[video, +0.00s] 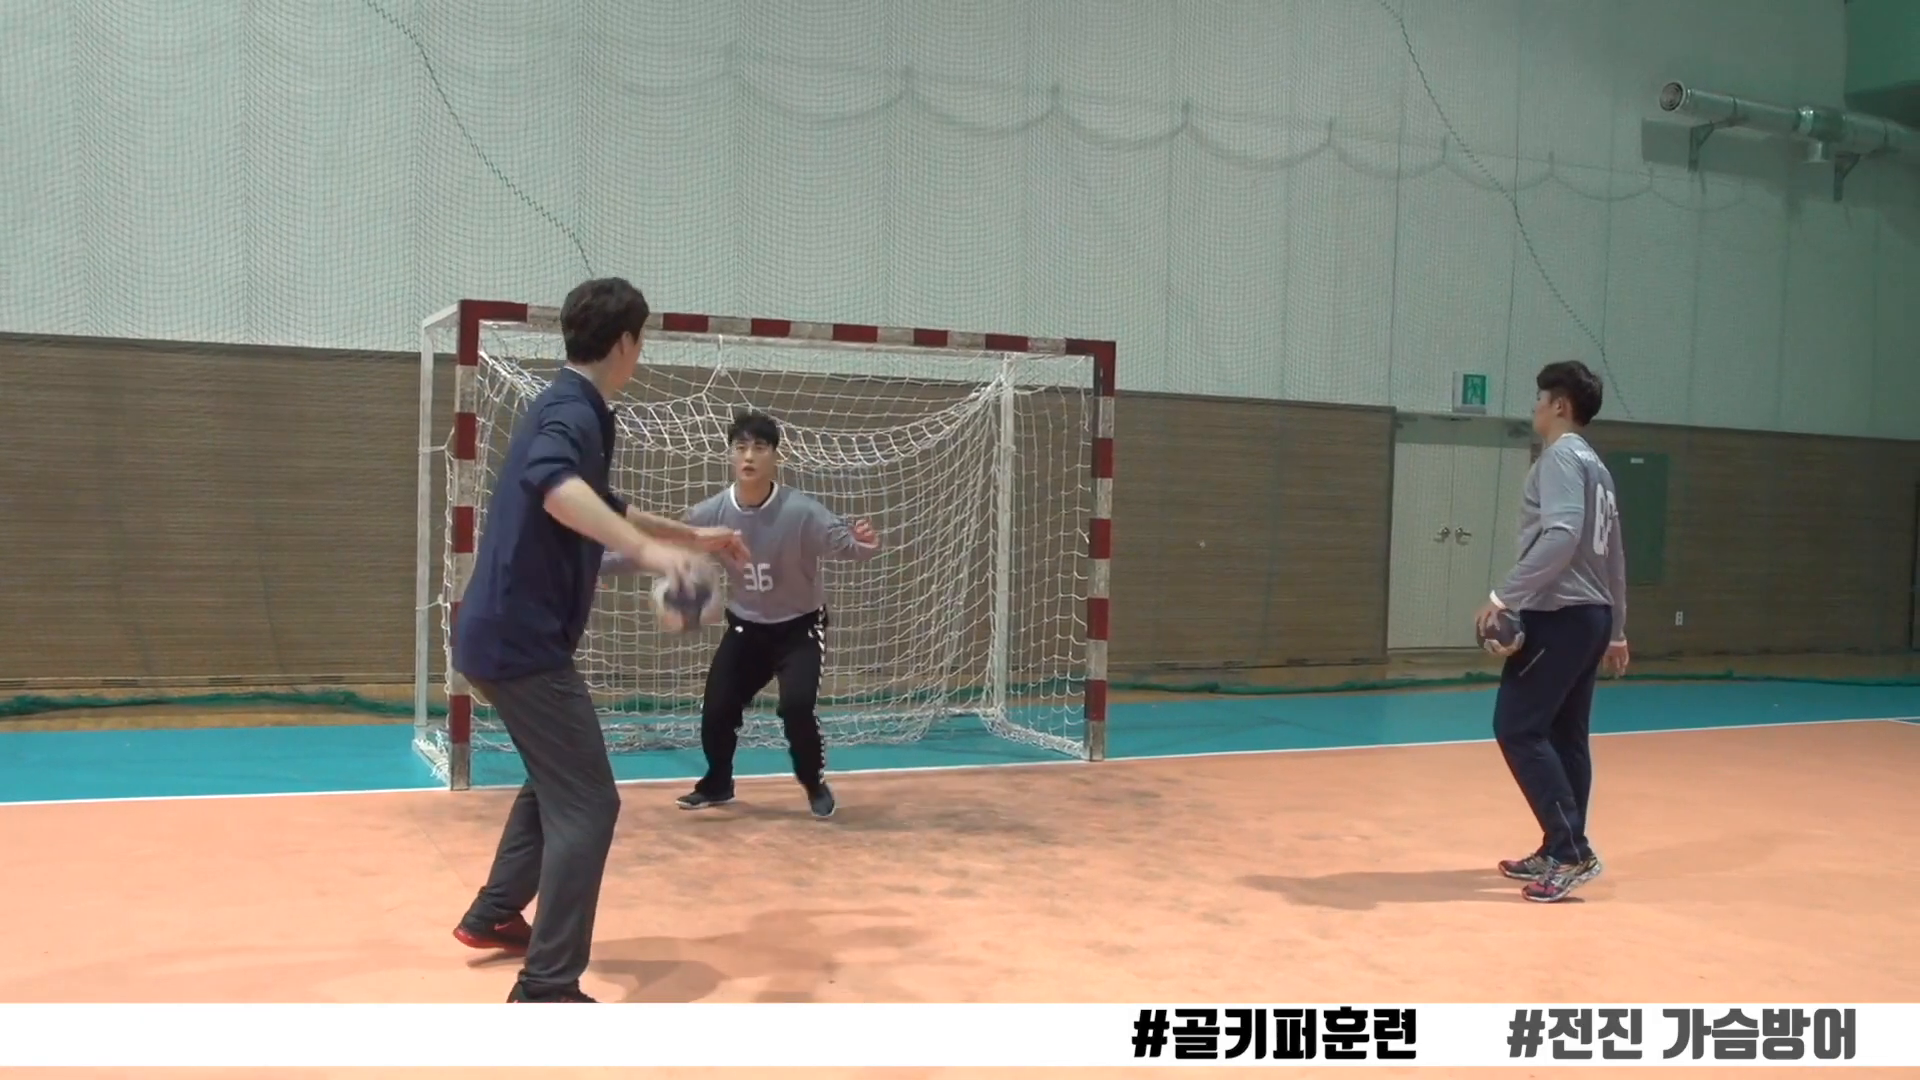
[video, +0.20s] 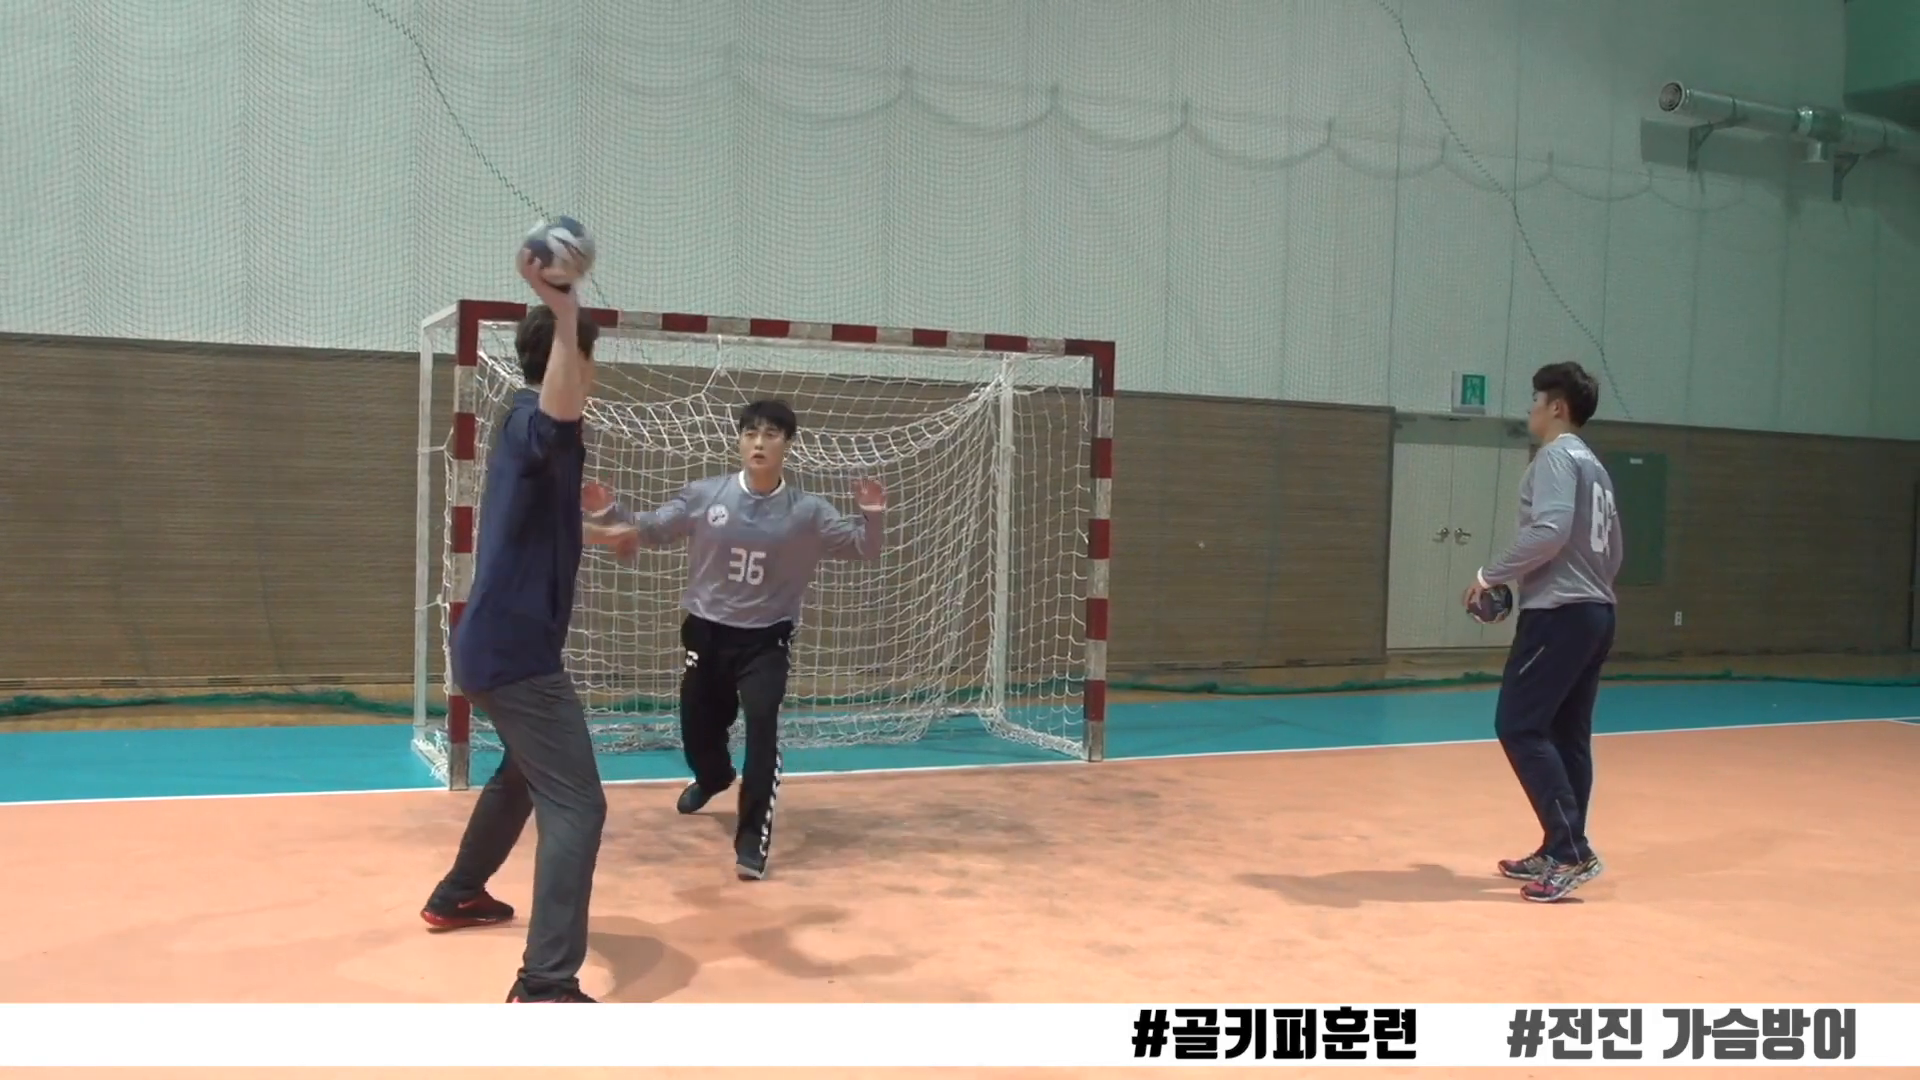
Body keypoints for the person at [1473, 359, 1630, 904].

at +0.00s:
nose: (1534, 409)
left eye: (1540, 398)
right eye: (1538, 398)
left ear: (1560, 404)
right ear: (1574, 409)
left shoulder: (1560, 455)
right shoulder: (1596, 468)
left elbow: (1560, 537)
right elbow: (1613, 557)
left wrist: (1504, 596)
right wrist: (1617, 629)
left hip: (1559, 617)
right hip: (1590, 618)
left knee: (1517, 728)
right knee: (1568, 733)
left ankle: (1571, 853)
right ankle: (1562, 850)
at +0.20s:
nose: (1529, 410)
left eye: (1535, 400)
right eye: (1533, 400)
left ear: (1556, 406)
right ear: (1569, 410)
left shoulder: (1556, 456)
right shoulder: (1594, 468)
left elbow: (1550, 533)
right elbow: (1611, 551)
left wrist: (1490, 576)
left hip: (1560, 615)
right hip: (1594, 615)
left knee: (1519, 726)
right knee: (1569, 730)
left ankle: (1570, 853)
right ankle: (1561, 849)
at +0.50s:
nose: (1523, 408)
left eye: (1531, 399)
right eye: (1527, 399)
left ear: (1555, 407)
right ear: (1562, 410)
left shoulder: (1557, 456)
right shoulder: (1581, 462)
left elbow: (1541, 537)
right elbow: (1571, 551)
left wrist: (1492, 556)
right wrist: (1513, 567)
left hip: (1565, 612)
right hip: (1590, 611)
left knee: (1537, 731)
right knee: (1569, 734)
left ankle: (1584, 862)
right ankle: (1558, 852)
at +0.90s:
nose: (1520, 406)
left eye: (1528, 397)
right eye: (1523, 397)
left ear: (1553, 405)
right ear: (1552, 406)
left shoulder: (1564, 456)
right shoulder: (1549, 460)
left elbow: (1554, 537)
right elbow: (1546, 536)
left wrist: (1497, 555)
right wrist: (1501, 555)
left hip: (1571, 617)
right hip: (1553, 617)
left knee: (1565, 743)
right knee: (1554, 742)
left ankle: (1591, 874)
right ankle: (1557, 855)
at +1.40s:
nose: (1517, 406)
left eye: (1526, 397)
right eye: (1519, 397)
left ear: (1555, 404)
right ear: (1543, 406)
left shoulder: (1580, 462)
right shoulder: (1536, 469)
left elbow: (1595, 544)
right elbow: (1544, 543)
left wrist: (1512, 552)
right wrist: (1503, 551)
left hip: (1586, 625)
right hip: (1545, 625)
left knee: (1574, 750)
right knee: (1546, 748)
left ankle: (1593, 877)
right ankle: (1555, 855)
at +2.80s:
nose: (1397, 435)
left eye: (1401, 428)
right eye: (1401, 428)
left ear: (1413, 430)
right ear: (1442, 439)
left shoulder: (1397, 462)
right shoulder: (1464, 486)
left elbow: (1331, 457)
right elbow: (1504, 560)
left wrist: (1269, 429)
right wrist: (1527, 625)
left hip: (1454, 595)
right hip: (1489, 598)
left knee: (1473, 711)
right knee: (1439, 715)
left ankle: (1530, 828)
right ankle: (1428, 830)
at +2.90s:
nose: (1401, 434)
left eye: (1404, 426)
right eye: (1404, 428)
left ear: (1418, 427)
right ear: (1446, 437)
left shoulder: (1401, 460)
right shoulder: (1470, 487)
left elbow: (1322, 458)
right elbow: (1504, 563)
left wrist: (1300, 423)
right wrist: (1526, 629)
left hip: (1444, 591)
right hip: (1487, 597)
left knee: (1465, 713)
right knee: (1439, 716)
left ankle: (1517, 826)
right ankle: (1427, 830)